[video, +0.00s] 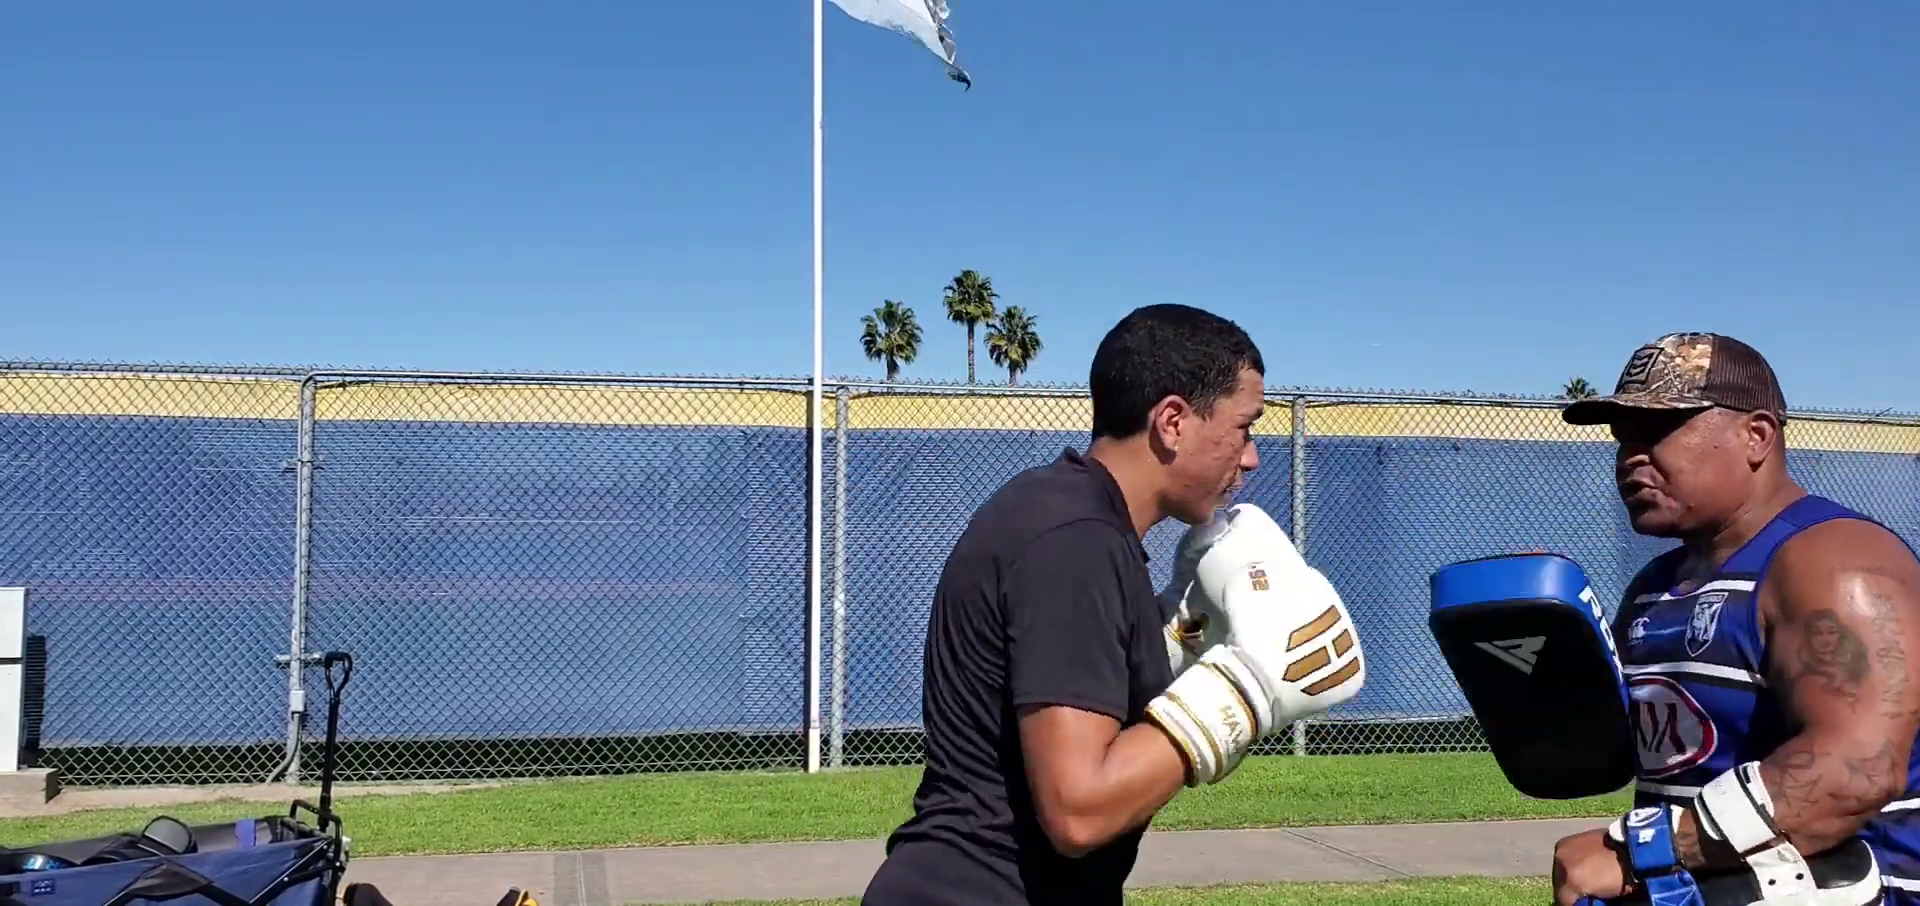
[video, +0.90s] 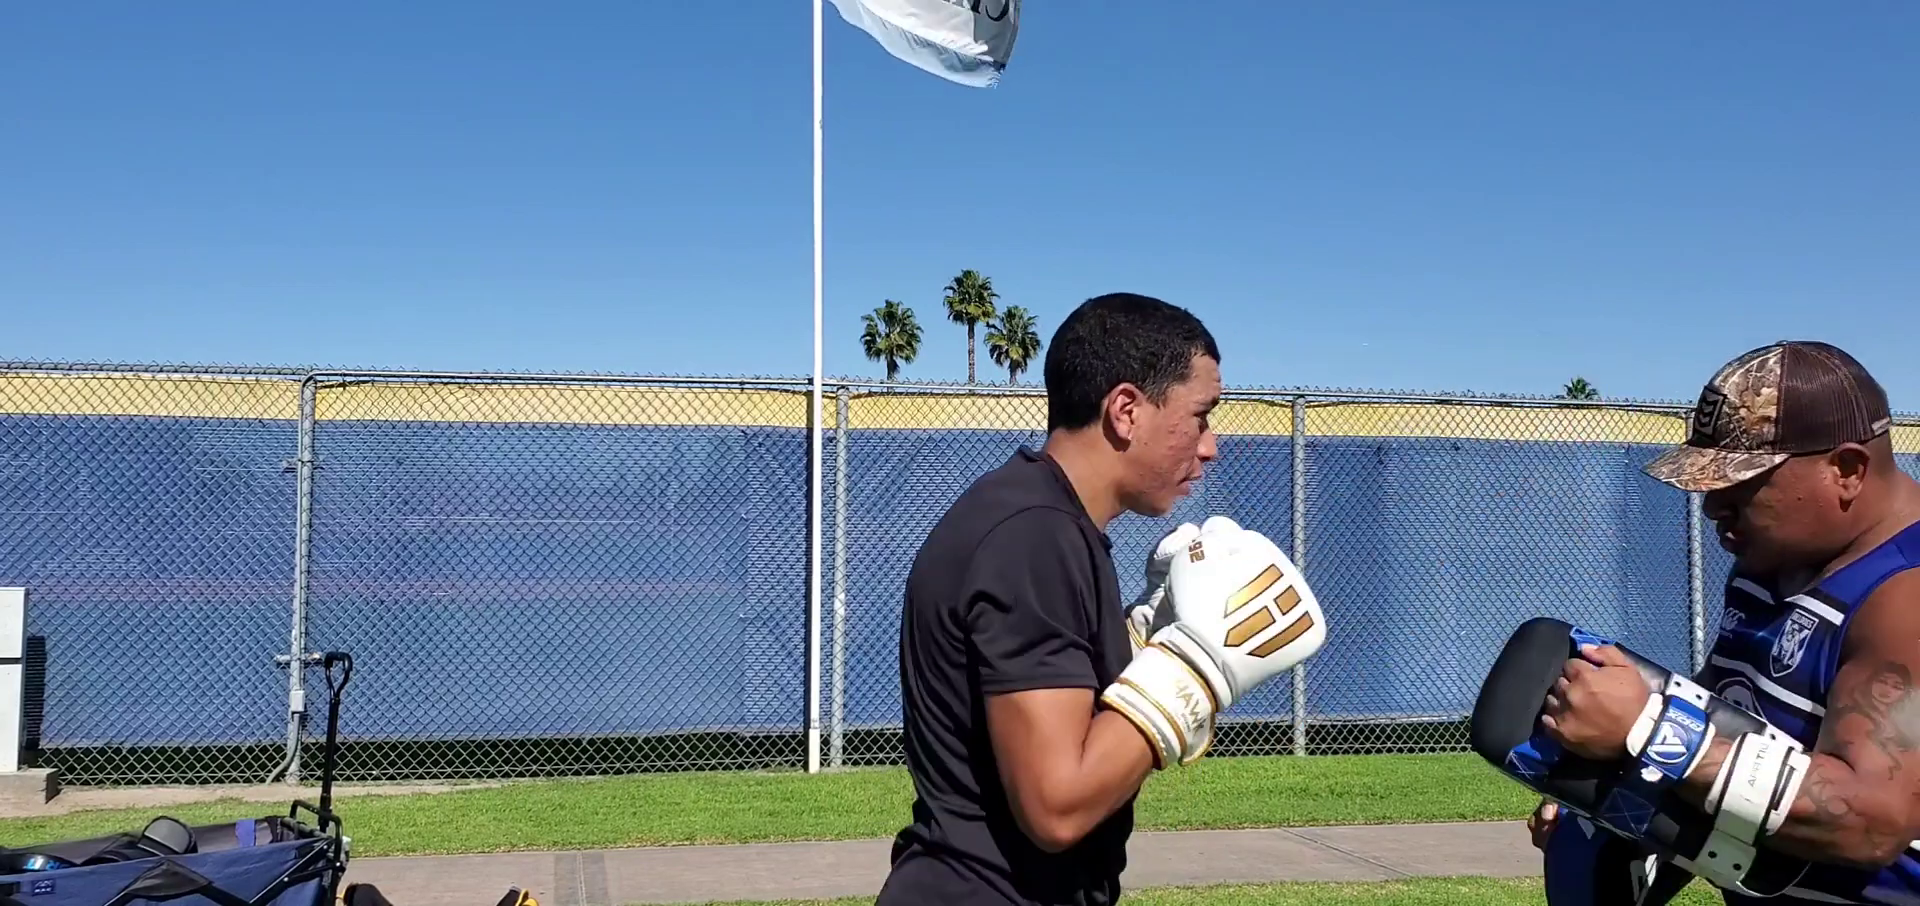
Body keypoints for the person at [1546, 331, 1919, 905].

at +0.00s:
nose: (1628, 457)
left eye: (1657, 428)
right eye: (1622, 434)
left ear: (1756, 437)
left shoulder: (1841, 563)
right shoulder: (1652, 586)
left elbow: (1856, 768)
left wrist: (1640, 850)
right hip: (1687, 875)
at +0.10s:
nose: (1656, 448)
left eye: (1688, 421)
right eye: (1651, 425)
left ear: (1784, 429)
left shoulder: (1852, 557)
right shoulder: (1690, 563)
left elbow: (1848, 762)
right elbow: (1596, 700)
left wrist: (1648, 861)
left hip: (1822, 880)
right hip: (1706, 875)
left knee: (1603, 882)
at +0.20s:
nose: (1678, 439)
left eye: (1707, 412)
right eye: (1672, 416)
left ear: (1805, 423)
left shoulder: (1860, 549)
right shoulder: (1717, 551)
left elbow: (1846, 741)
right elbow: (1596, 654)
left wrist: (1639, 808)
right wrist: (1592, 494)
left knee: (1596, 895)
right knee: (1570, 890)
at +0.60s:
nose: (1688, 482)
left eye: (1719, 453)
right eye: (1685, 453)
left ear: (1826, 451)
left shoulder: (1894, 567)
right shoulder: (1691, 559)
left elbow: (1893, 765)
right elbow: (1565, 632)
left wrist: (1685, 788)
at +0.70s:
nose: (1690, 479)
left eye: (1719, 455)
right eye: (1692, 454)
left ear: (1829, 444)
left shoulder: (1899, 586)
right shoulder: (1727, 539)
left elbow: (1905, 799)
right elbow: (1612, 599)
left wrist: (1698, 777)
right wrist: (1560, 497)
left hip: (1875, 873)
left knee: (1603, 847)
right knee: (1591, 816)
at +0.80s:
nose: (1714, 501)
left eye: (1739, 476)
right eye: (1713, 475)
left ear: (1851, 467)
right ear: (1850, 469)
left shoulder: (1903, 610)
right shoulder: (1768, 556)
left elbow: (1893, 829)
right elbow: (1676, 666)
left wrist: (1686, 737)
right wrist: (1555, 687)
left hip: (1864, 892)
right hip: (1748, 885)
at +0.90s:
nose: (1713, 506)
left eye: (1740, 484)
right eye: (1711, 481)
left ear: (1846, 473)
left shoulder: (1904, 602)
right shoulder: (1776, 557)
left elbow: (1870, 822)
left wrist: (1655, 731)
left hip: (1857, 892)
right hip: (1761, 880)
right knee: (1584, 842)